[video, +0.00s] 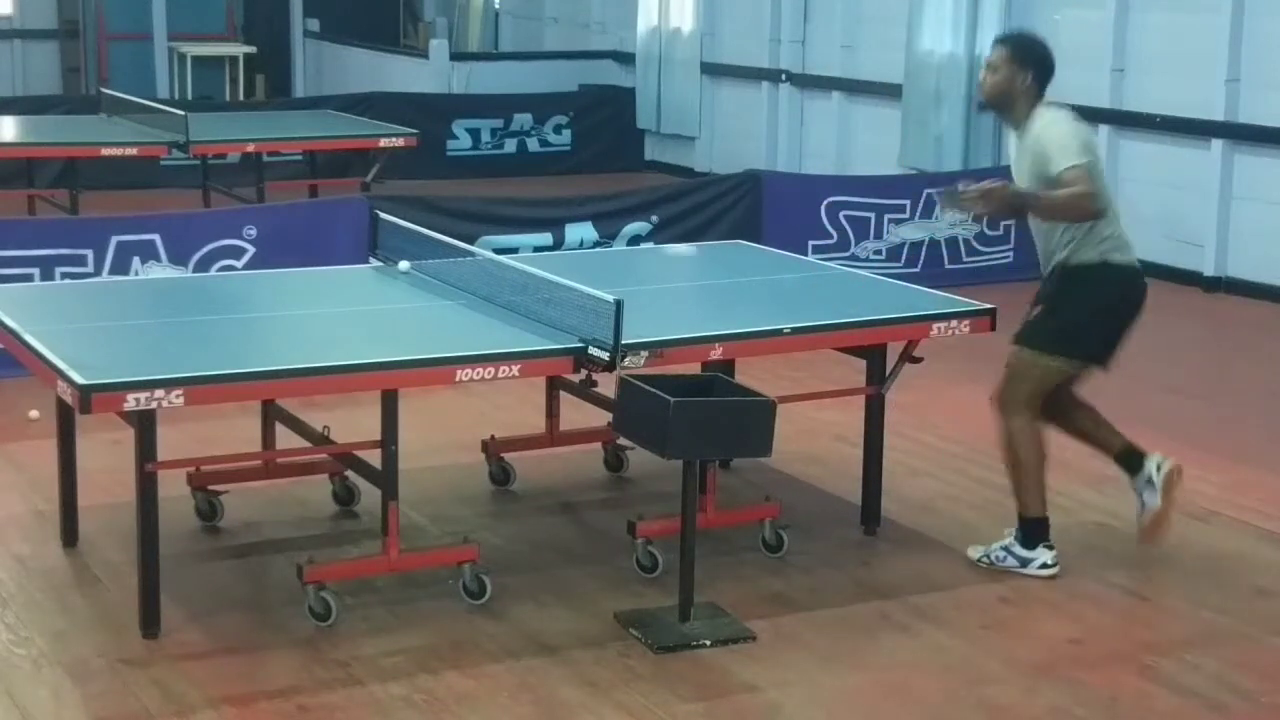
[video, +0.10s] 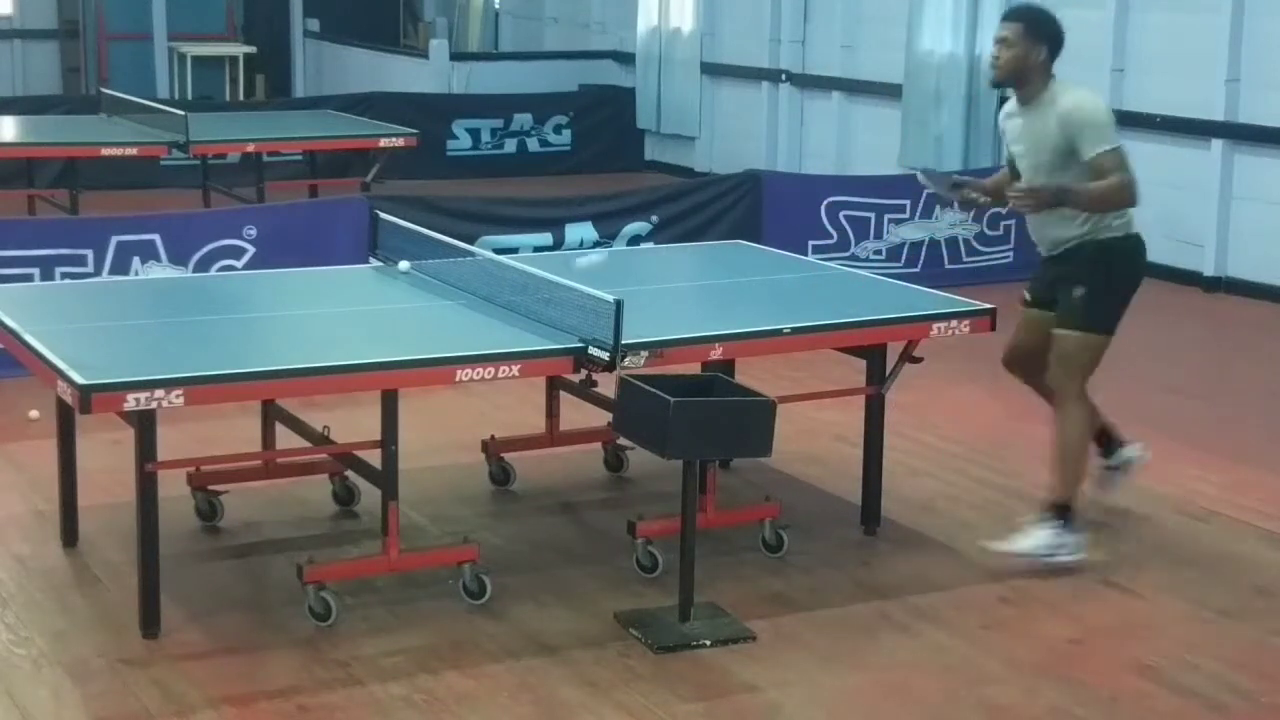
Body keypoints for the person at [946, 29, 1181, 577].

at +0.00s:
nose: (982, 78)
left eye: (993, 69)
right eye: (985, 68)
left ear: (1026, 79)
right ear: (1015, 80)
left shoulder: (1055, 126)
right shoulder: (1025, 134)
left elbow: (1088, 202)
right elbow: (1055, 207)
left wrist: (1016, 201)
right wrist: (996, 203)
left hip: (1099, 277)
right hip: (1083, 276)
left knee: (1015, 397)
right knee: (1044, 398)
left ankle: (1032, 542)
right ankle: (1144, 470)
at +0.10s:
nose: (995, 53)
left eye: (1007, 44)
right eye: (995, 44)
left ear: (1041, 53)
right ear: (1007, 54)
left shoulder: (1081, 108)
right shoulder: (1011, 114)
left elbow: (1123, 191)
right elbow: (1020, 175)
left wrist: (1057, 195)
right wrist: (978, 191)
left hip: (1106, 254)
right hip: (1060, 257)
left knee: (1065, 380)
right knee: (1023, 358)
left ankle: (1062, 522)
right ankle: (1114, 448)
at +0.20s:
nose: (1010, 66)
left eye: (1021, 57)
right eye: (1009, 57)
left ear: (1055, 62)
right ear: (1016, 62)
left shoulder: (1100, 118)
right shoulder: (1014, 122)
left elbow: (1143, 198)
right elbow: (1017, 187)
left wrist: (1080, 207)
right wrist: (986, 200)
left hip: (1103, 263)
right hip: (1046, 262)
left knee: (1083, 377)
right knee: (1013, 348)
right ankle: (1037, 440)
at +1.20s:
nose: (1092, 53)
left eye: (1103, 45)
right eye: (1091, 43)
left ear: (1135, 51)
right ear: (1100, 50)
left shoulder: (1176, 108)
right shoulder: (1103, 110)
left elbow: (1229, 176)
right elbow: (1113, 179)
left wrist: (1151, 200)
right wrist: (1075, 194)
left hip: (1189, 249)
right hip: (1136, 248)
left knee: (1176, 375)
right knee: (1099, 341)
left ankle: (1237, 501)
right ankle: (1103, 448)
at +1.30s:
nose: (1102, 36)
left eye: (1113, 27)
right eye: (1101, 25)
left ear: (1148, 32)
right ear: (1104, 30)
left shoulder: (1189, 87)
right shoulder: (1109, 89)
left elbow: (1244, 157)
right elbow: (1123, 163)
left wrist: (1164, 190)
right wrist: (1088, 181)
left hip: (1195, 233)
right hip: (1140, 233)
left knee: (1186, 360)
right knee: (1117, 344)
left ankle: (1244, 492)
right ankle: (1175, 455)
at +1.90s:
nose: (1105, 29)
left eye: (1117, 18)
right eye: (1103, 19)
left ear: (1155, 23)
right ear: (1110, 27)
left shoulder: (1196, 92)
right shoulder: (1108, 96)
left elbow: (1250, 177)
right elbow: (1121, 175)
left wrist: (1167, 219)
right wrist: (1092, 215)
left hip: (1186, 264)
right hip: (1122, 263)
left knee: (1187, 398)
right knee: (1088, 384)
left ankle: (1211, 529)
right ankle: (1155, 489)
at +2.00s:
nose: (1085, 24)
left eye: (1096, 14)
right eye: (1086, 15)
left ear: (1134, 19)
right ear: (1116, 22)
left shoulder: (1174, 85)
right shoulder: (1100, 89)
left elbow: (1214, 176)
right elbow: (1117, 172)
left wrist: (1122, 210)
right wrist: (1078, 211)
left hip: (1173, 261)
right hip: (1112, 261)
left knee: (1184, 392)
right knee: (1073, 383)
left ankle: (1207, 524)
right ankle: (1092, 522)